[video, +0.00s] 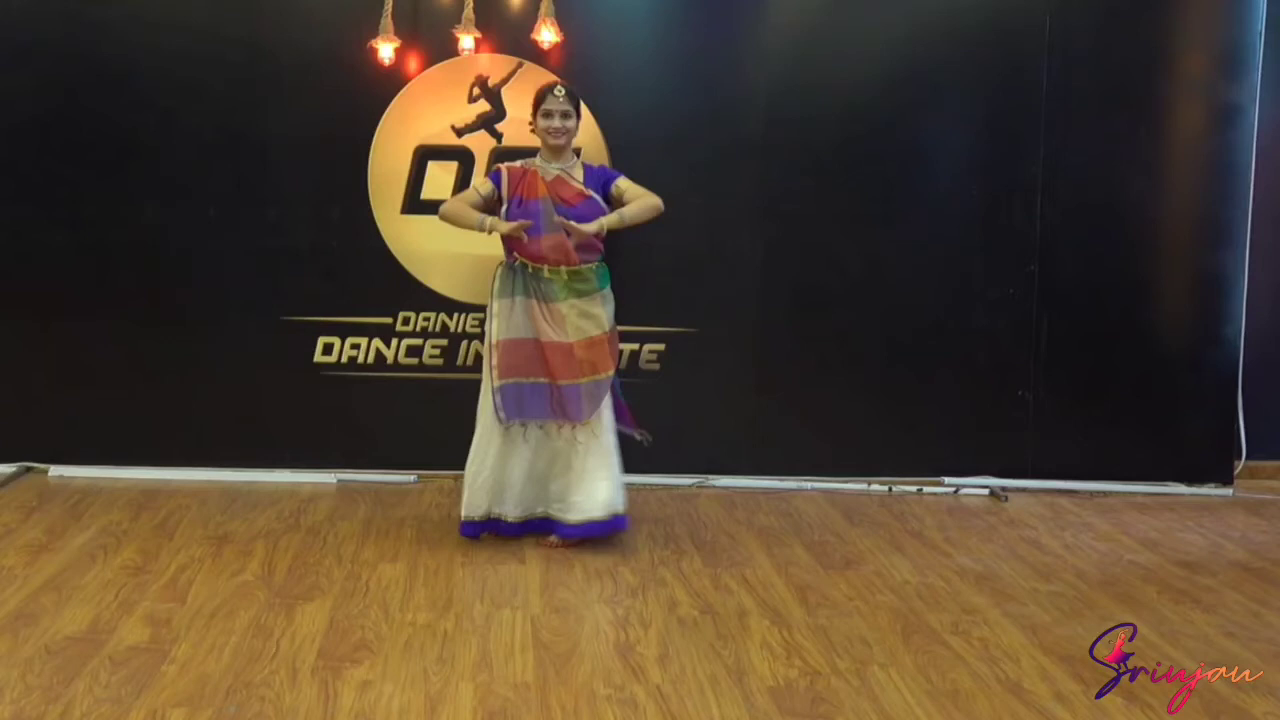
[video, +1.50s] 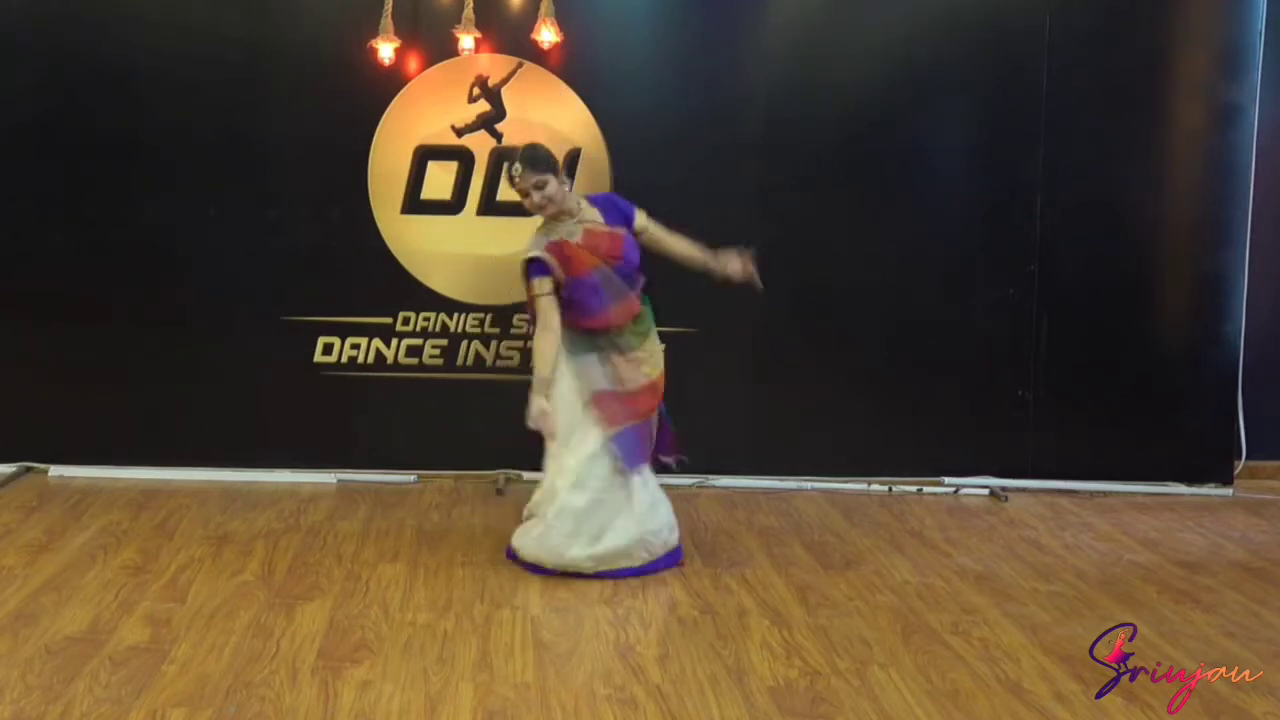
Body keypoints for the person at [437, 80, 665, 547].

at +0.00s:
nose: (558, 123)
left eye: (566, 115)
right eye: (549, 115)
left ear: (578, 123)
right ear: (535, 122)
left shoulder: (596, 176)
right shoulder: (512, 176)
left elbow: (652, 204)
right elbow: (451, 209)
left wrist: (600, 224)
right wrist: (496, 224)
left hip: (581, 304)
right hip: (522, 302)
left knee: (579, 404)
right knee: (519, 401)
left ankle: (574, 514)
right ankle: (515, 509)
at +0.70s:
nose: (543, 126)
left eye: (552, 118)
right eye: (534, 119)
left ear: (566, 122)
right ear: (523, 124)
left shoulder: (587, 170)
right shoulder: (509, 167)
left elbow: (642, 153)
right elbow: (454, 153)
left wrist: (583, 160)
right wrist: (508, 156)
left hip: (566, 302)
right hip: (511, 299)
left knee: (560, 409)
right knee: (509, 404)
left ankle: (560, 515)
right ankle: (508, 505)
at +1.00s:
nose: (539, 140)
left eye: (546, 130)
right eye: (530, 134)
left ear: (564, 134)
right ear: (521, 143)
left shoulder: (592, 185)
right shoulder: (514, 191)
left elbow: (623, 217)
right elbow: (480, 227)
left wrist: (577, 184)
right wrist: (509, 195)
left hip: (590, 312)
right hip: (534, 313)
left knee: (582, 412)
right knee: (525, 414)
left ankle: (570, 509)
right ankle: (557, 519)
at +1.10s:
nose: (535, 153)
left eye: (541, 142)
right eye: (525, 147)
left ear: (560, 144)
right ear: (517, 157)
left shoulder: (595, 197)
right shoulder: (511, 210)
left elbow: (626, 249)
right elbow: (499, 268)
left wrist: (586, 232)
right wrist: (537, 243)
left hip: (596, 323)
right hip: (538, 325)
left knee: (595, 423)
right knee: (538, 425)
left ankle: (606, 511)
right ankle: (594, 519)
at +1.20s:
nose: (527, 173)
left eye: (533, 161)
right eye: (517, 168)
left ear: (552, 159)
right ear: (510, 175)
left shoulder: (595, 209)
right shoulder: (513, 230)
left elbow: (631, 270)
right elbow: (516, 300)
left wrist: (626, 306)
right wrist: (553, 323)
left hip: (609, 339)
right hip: (549, 345)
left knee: (612, 442)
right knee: (562, 448)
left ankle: (643, 521)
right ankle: (565, 542)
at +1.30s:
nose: (525, 184)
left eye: (530, 173)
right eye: (515, 179)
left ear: (550, 167)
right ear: (508, 186)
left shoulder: (597, 213)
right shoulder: (515, 245)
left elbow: (638, 272)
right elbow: (530, 314)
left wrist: (670, 321)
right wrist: (558, 358)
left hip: (621, 338)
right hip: (562, 349)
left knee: (629, 443)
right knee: (578, 448)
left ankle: (648, 533)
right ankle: (580, 540)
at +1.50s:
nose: (535, 200)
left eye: (541, 187)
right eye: (525, 194)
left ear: (562, 177)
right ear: (522, 197)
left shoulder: (610, 209)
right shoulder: (542, 254)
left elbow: (667, 241)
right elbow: (547, 325)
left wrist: (716, 262)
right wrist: (539, 392)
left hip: (637, 344)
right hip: (584, 355)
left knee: (631, 442)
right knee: (589, 446)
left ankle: (626, 536)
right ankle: (565, 538)